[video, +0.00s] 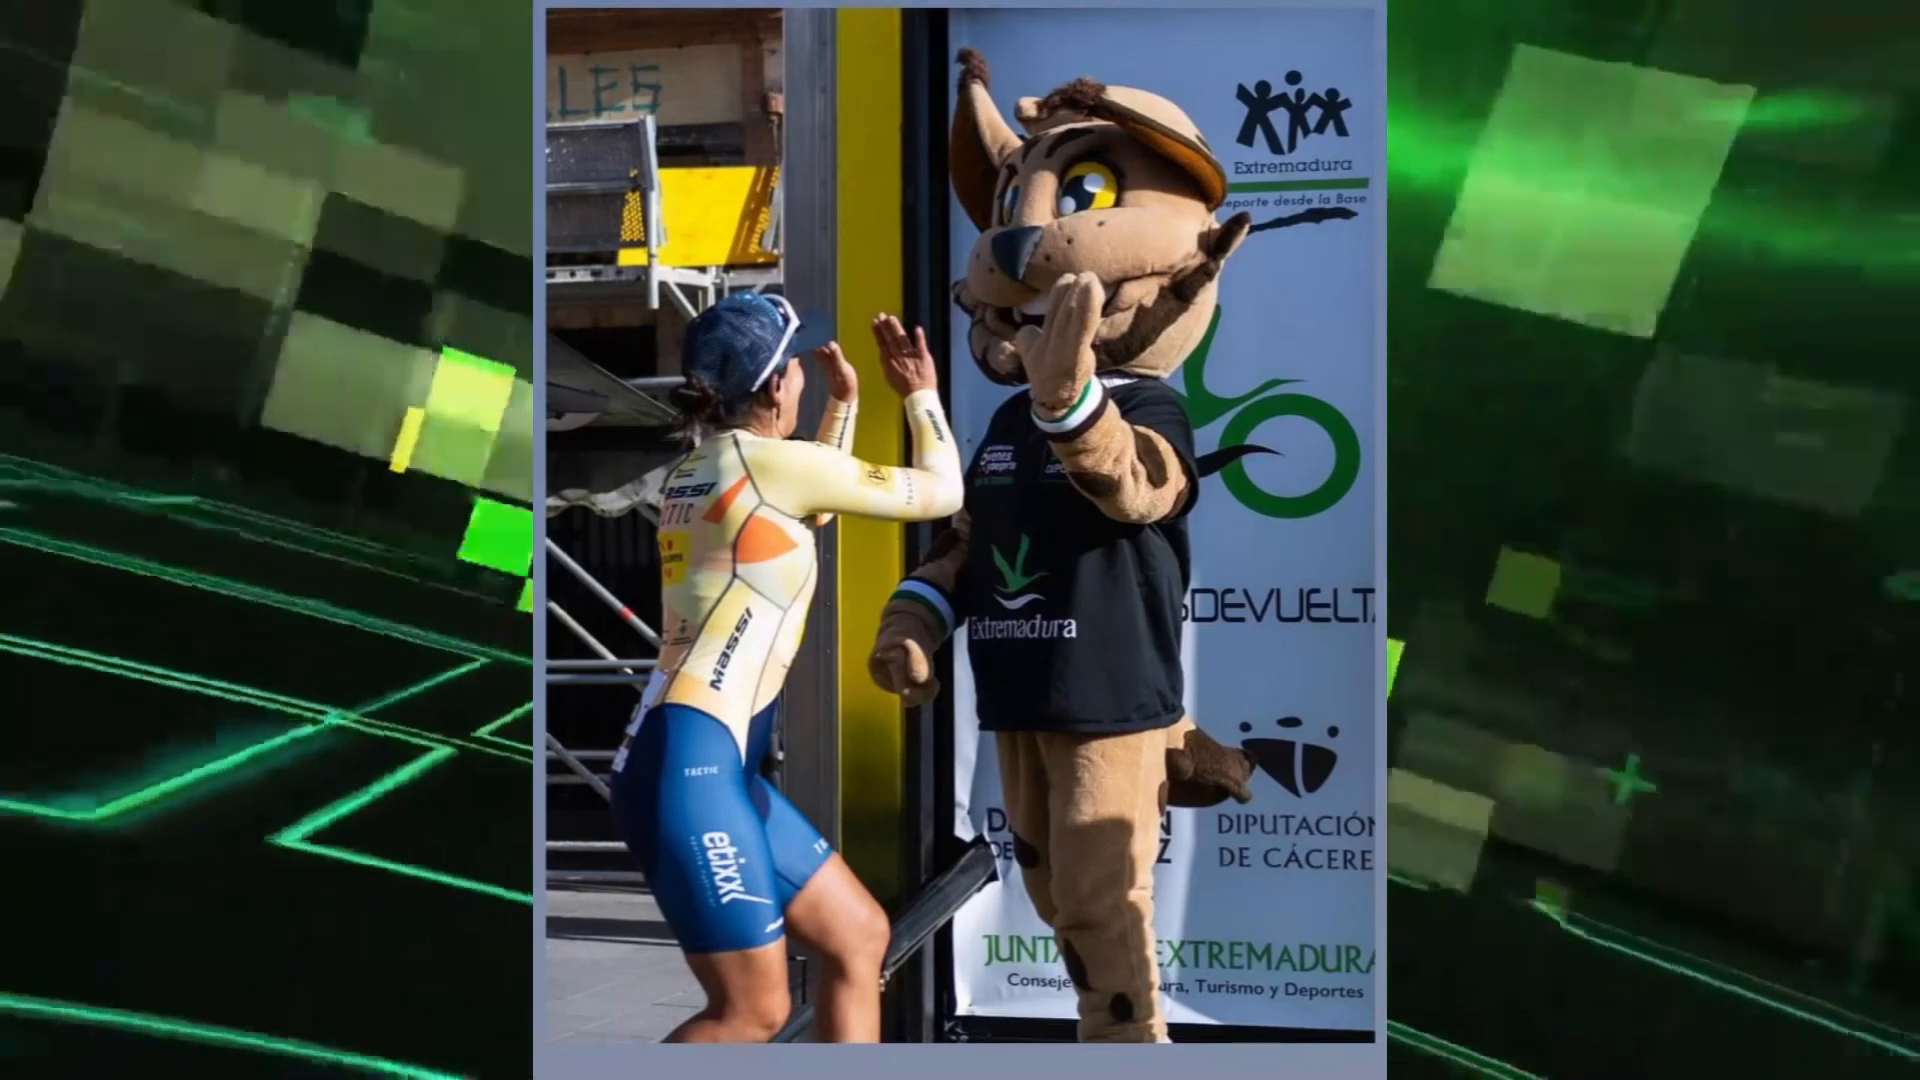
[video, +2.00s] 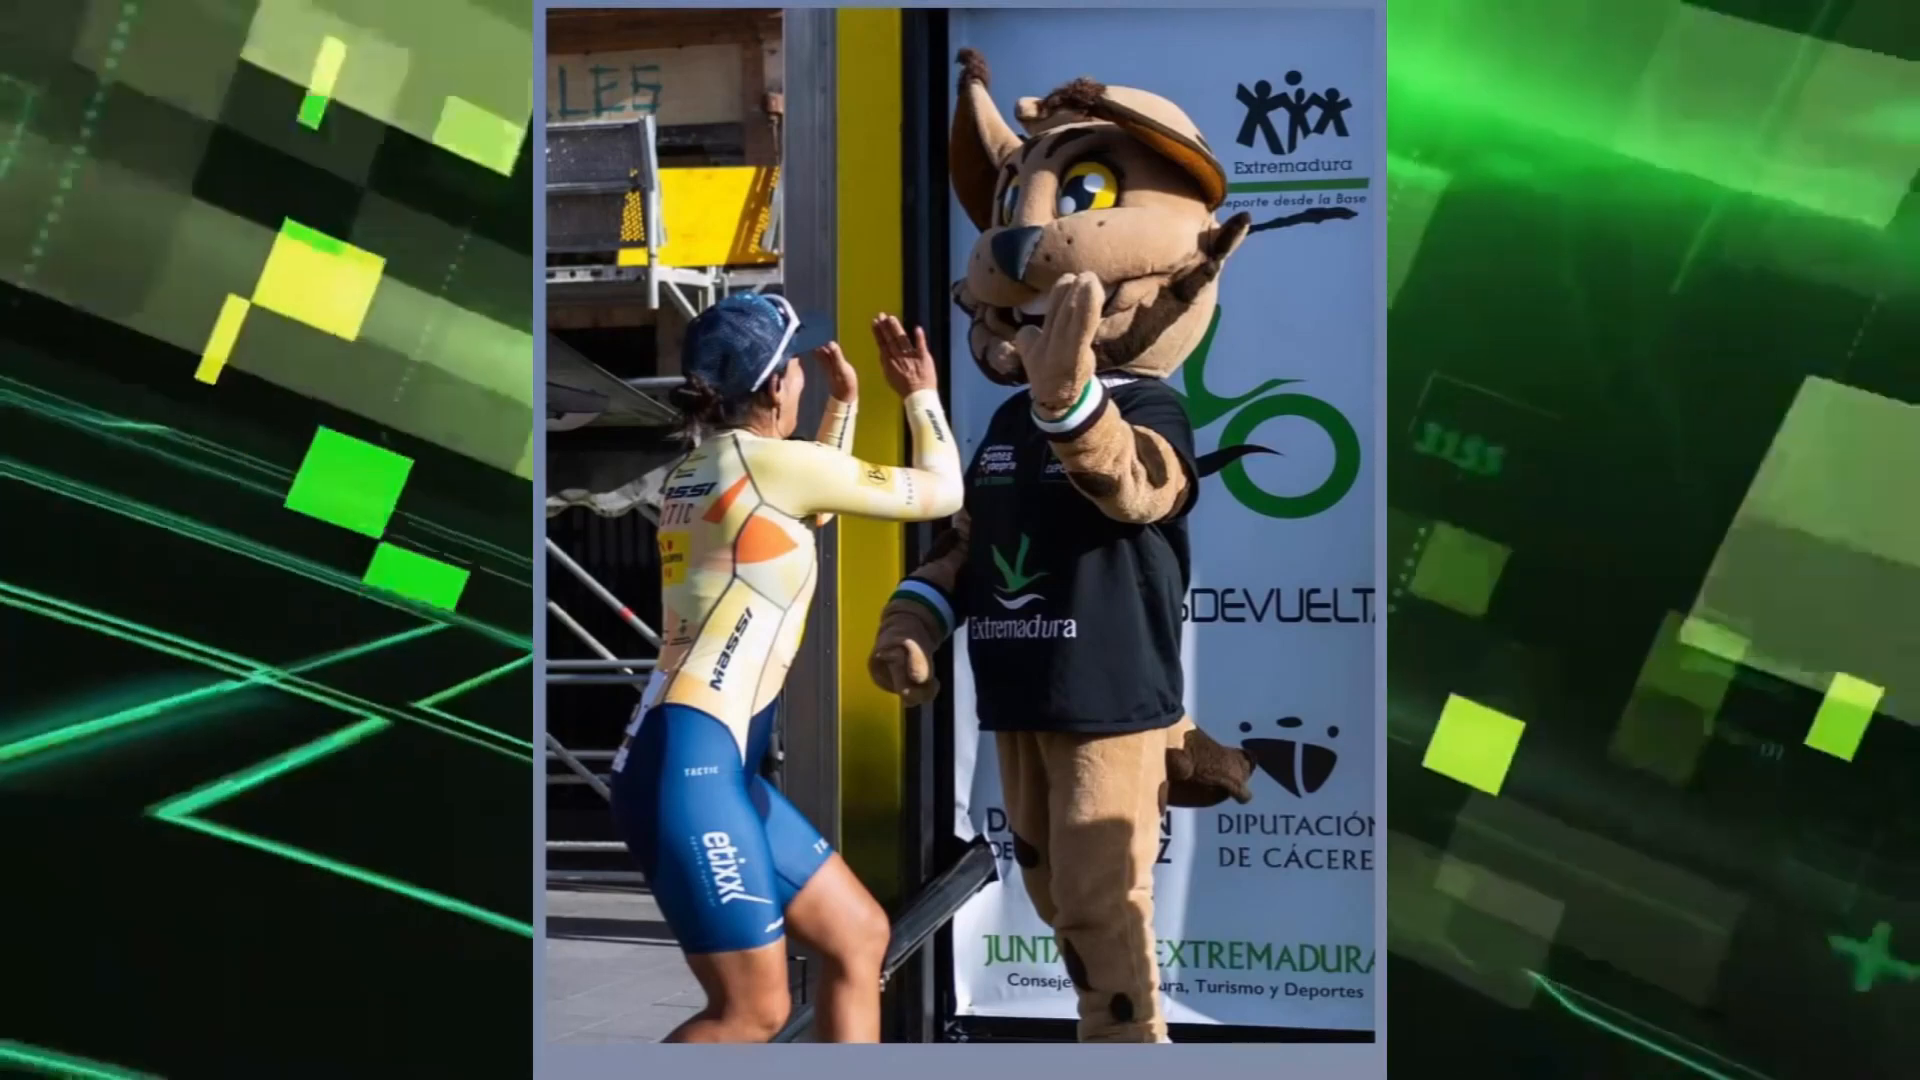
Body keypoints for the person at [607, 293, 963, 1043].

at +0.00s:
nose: (803, 377)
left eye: (800, 363)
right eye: (797, 364)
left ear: (714, 387)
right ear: (778, 380)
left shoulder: (695, 471)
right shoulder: (779, 465)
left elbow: (801, 496)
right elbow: (939, 492)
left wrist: (841, 411)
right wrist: (924, 396)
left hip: (715, 769)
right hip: (686, 774)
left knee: (860, 933)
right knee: (754, 1010)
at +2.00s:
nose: (804, 377)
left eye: (800, 363)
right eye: (797, 364)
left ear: (714, 387)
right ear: (777, 380)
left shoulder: (695, 471)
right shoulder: (779, 465)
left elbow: (801, 497)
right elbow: (938, 492)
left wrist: (841, 411)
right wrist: (924, 396)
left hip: (714, 769)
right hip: (686, 774)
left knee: (860, 933)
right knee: (754, 1009)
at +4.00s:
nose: (803, 377)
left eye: (800, 363)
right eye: (796, 364)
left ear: (715, 387)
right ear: (776, 380)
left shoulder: (692, 471)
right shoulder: (778, 465)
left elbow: (797, 494)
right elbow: (938, 492)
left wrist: (840, 412)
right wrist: (924, 395)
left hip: (714, 770)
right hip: (686, 774)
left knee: (860, 934)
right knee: (754, 1010)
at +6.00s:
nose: (803, 377)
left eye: (799, 363)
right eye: (796, 364)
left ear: (715, 387)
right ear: (776, 381)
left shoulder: (692, 471)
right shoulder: (778, 465)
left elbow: (798, 494)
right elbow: (938, 492)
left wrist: (840, 412)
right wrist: (924, 396)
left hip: (714, 770)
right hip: (686, 774)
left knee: (860, 934)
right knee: (754, 1010)